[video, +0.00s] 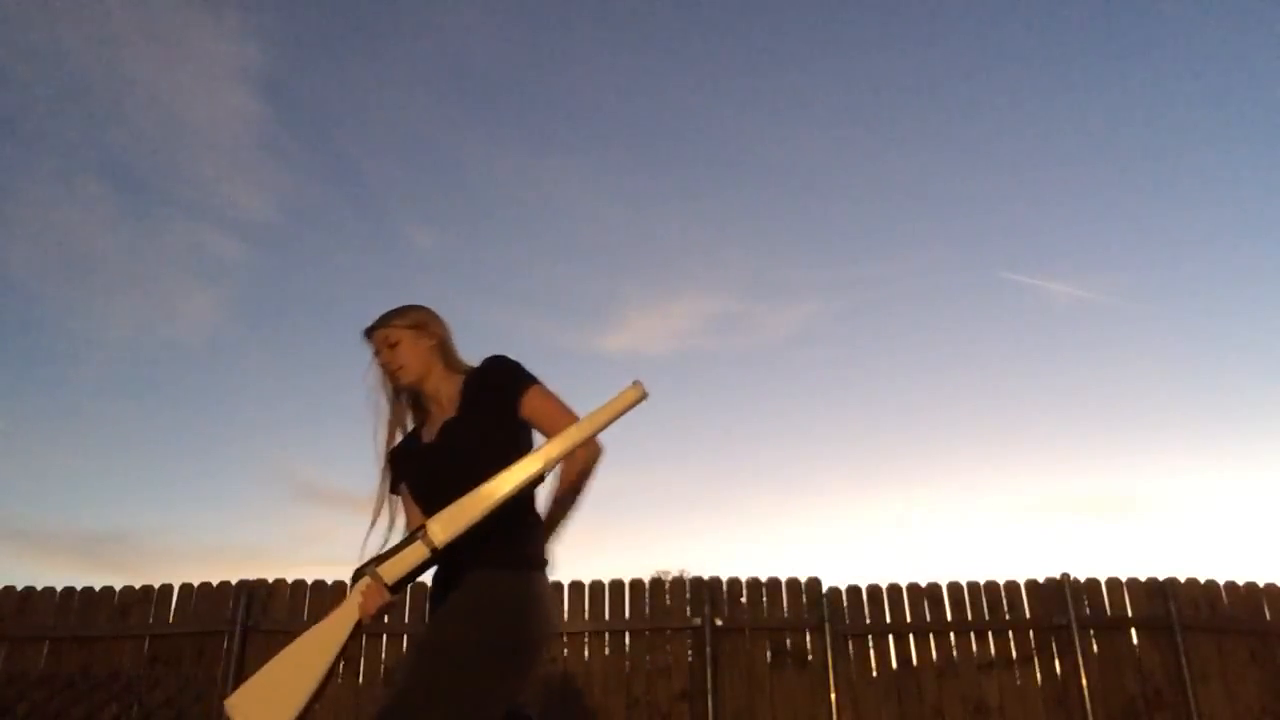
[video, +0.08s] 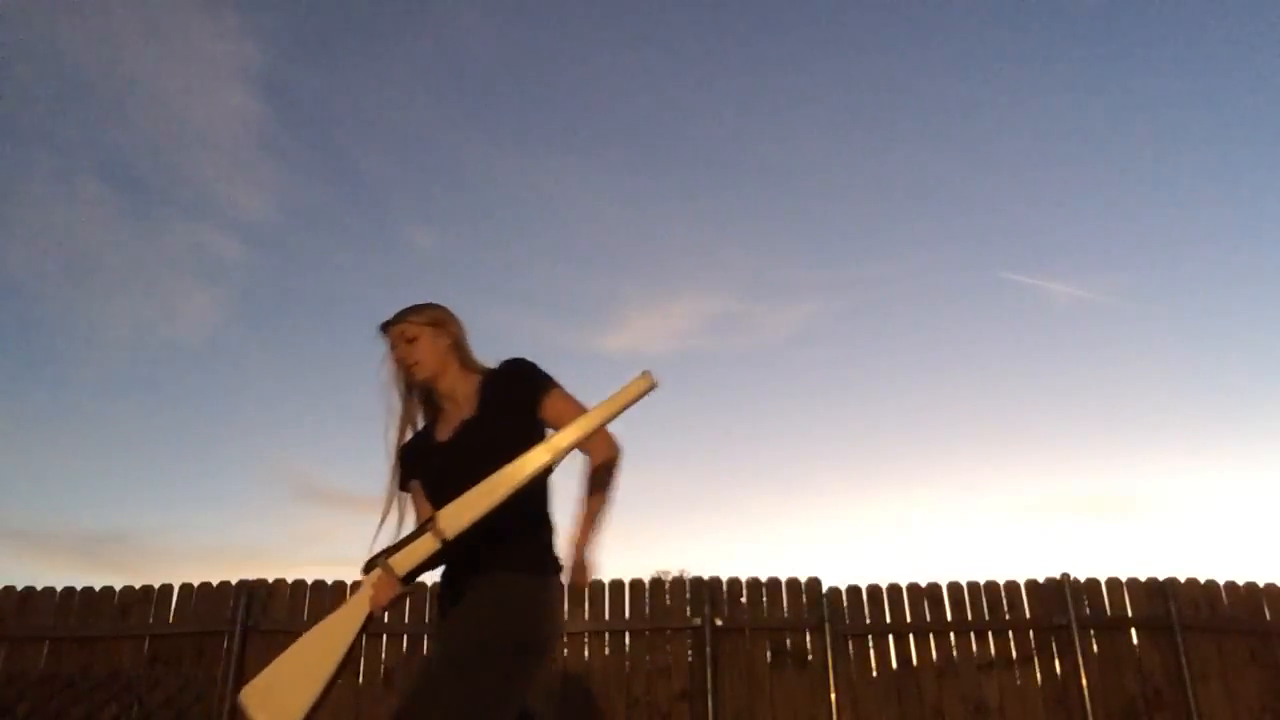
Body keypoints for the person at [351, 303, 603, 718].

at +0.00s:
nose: (385, 361)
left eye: (392, 344)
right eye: (378, 354)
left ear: (430, 336)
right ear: (382, 367)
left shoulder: (494, 378)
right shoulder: (407, 453)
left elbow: (583, 447)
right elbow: (422, 539)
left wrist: (544, 530)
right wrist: (385, 583)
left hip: (511, 589)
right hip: (454, 601)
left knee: (419, 705)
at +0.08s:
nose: (402, 355)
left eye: (410, 339)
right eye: (395, 349)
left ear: (447, 335)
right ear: (398, 363)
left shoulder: (512, 382)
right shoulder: (418, 451)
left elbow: (603, 448)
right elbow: (435, 538)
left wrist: (582, 546)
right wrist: (397, 575)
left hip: (526, 589)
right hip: (461, 602)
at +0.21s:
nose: (436, 350)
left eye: (446, 336)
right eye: (429, 346)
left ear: (480, 334)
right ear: (427, 360)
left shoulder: (550, 391)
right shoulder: (439, 447)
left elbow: (629, 471)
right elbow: (446, 533)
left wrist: (616, 523)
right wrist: (420, 561)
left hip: (550, 585)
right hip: (480, 593)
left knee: (519, 702)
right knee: (472, 704)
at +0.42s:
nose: (507, 331)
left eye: (520, 322)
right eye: (493, 327)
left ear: (542, 334)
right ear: (481, 346)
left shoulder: (590, 402)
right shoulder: (469, 432)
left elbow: (626, 503)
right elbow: (482, 533)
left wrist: (629, 495)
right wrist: (479, 533)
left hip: (588, 583)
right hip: (513, 587)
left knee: (568, 700)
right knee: (506, 702)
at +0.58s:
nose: (569, 319)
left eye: (581, 315)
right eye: (558, 313)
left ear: (595, 342)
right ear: (539, 332)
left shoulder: (618, 406)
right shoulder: (492, 409)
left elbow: (636, 494)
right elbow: (469, 509)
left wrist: (655, 521)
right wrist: (498, 534)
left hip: (609, 599)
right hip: (524, 601)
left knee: (608, 707)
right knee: (525, 709)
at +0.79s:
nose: (635, 326)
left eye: (647, 331)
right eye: (633, 321)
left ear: (647, 364)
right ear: (606, 334)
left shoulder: (653, 420)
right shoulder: (534, 383)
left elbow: (664, 519)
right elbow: (472, 475)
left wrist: (660, 564)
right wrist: (517, 542)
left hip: (628, 591)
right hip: (546, 591)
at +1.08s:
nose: (656, 293)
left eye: (670, 292)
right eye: (647, 291)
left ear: (689, 325)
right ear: (631, 319)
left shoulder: (719, 404)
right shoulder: (593, 381)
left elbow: (724, 510)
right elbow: (533, 475)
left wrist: (736, 554)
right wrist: (577, 527)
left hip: (685, 596)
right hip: (598, 591)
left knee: (703, 708)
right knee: (587, 709)